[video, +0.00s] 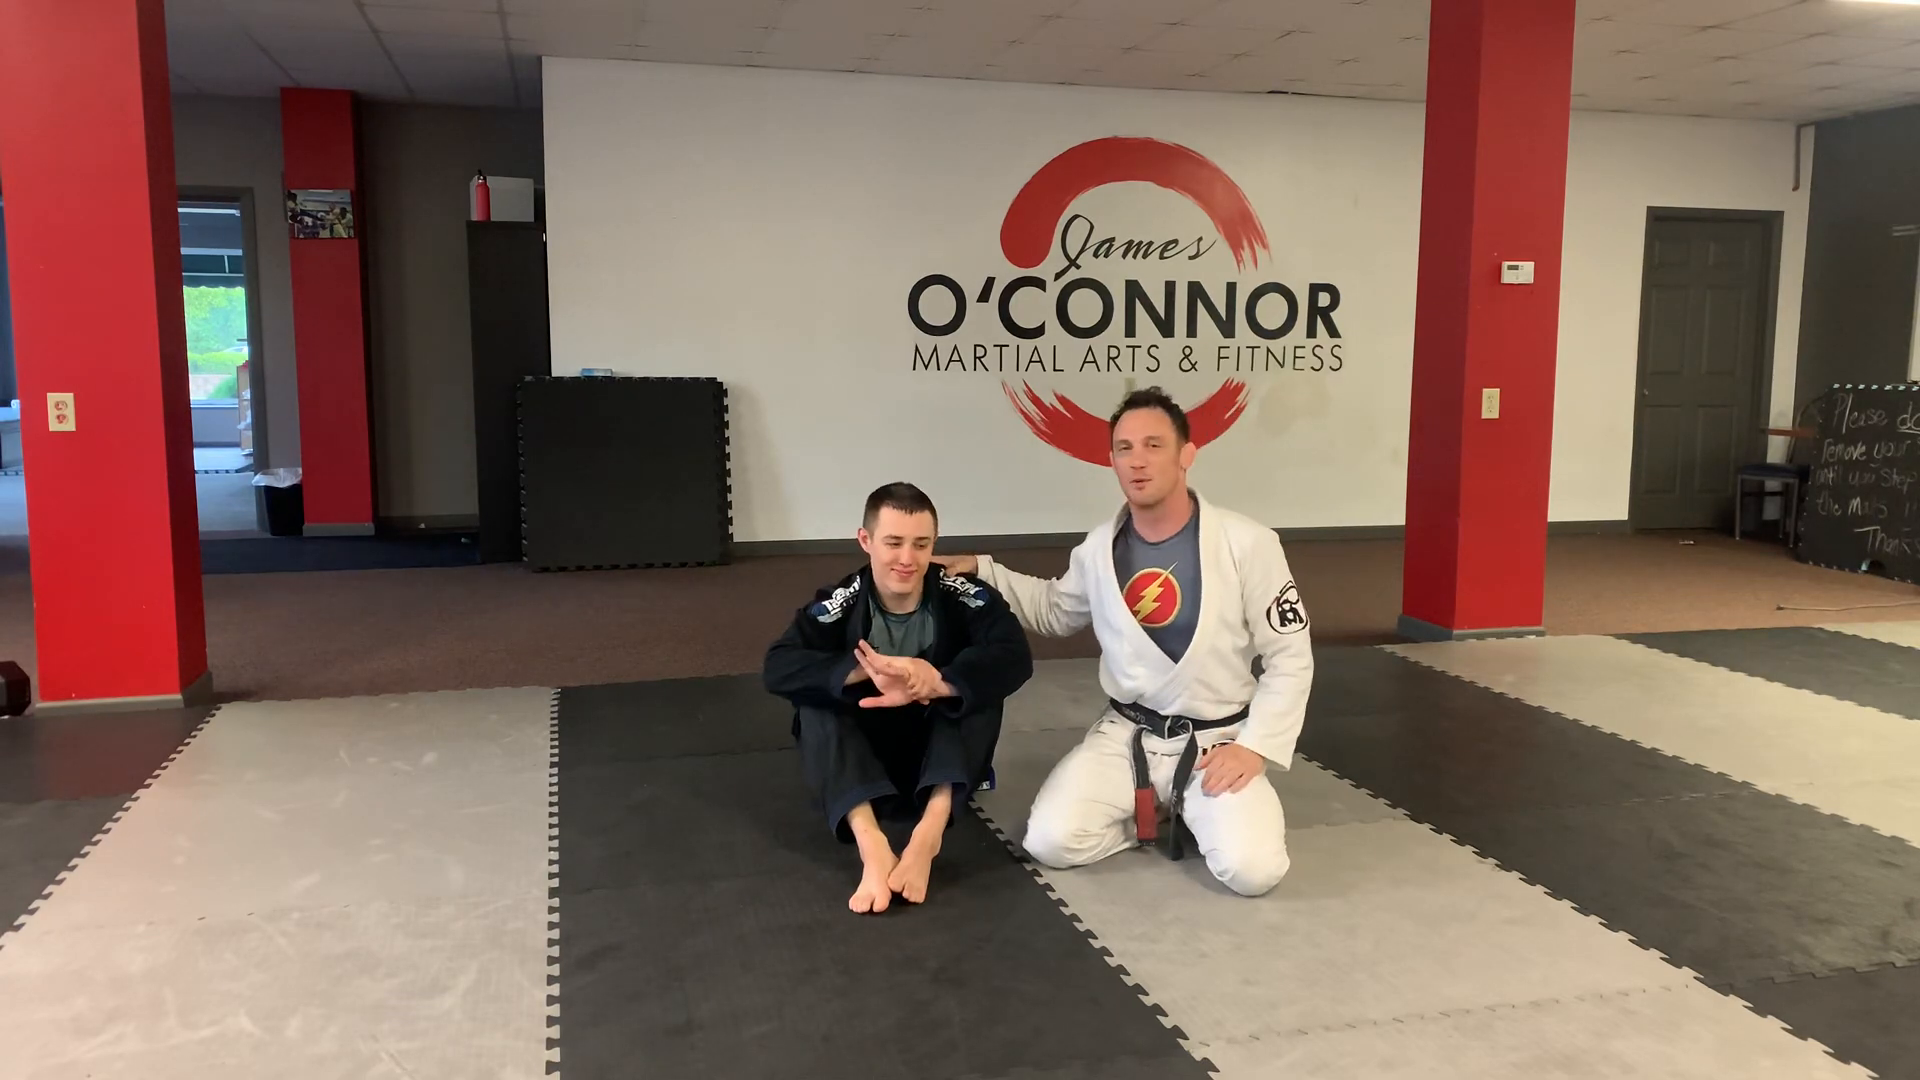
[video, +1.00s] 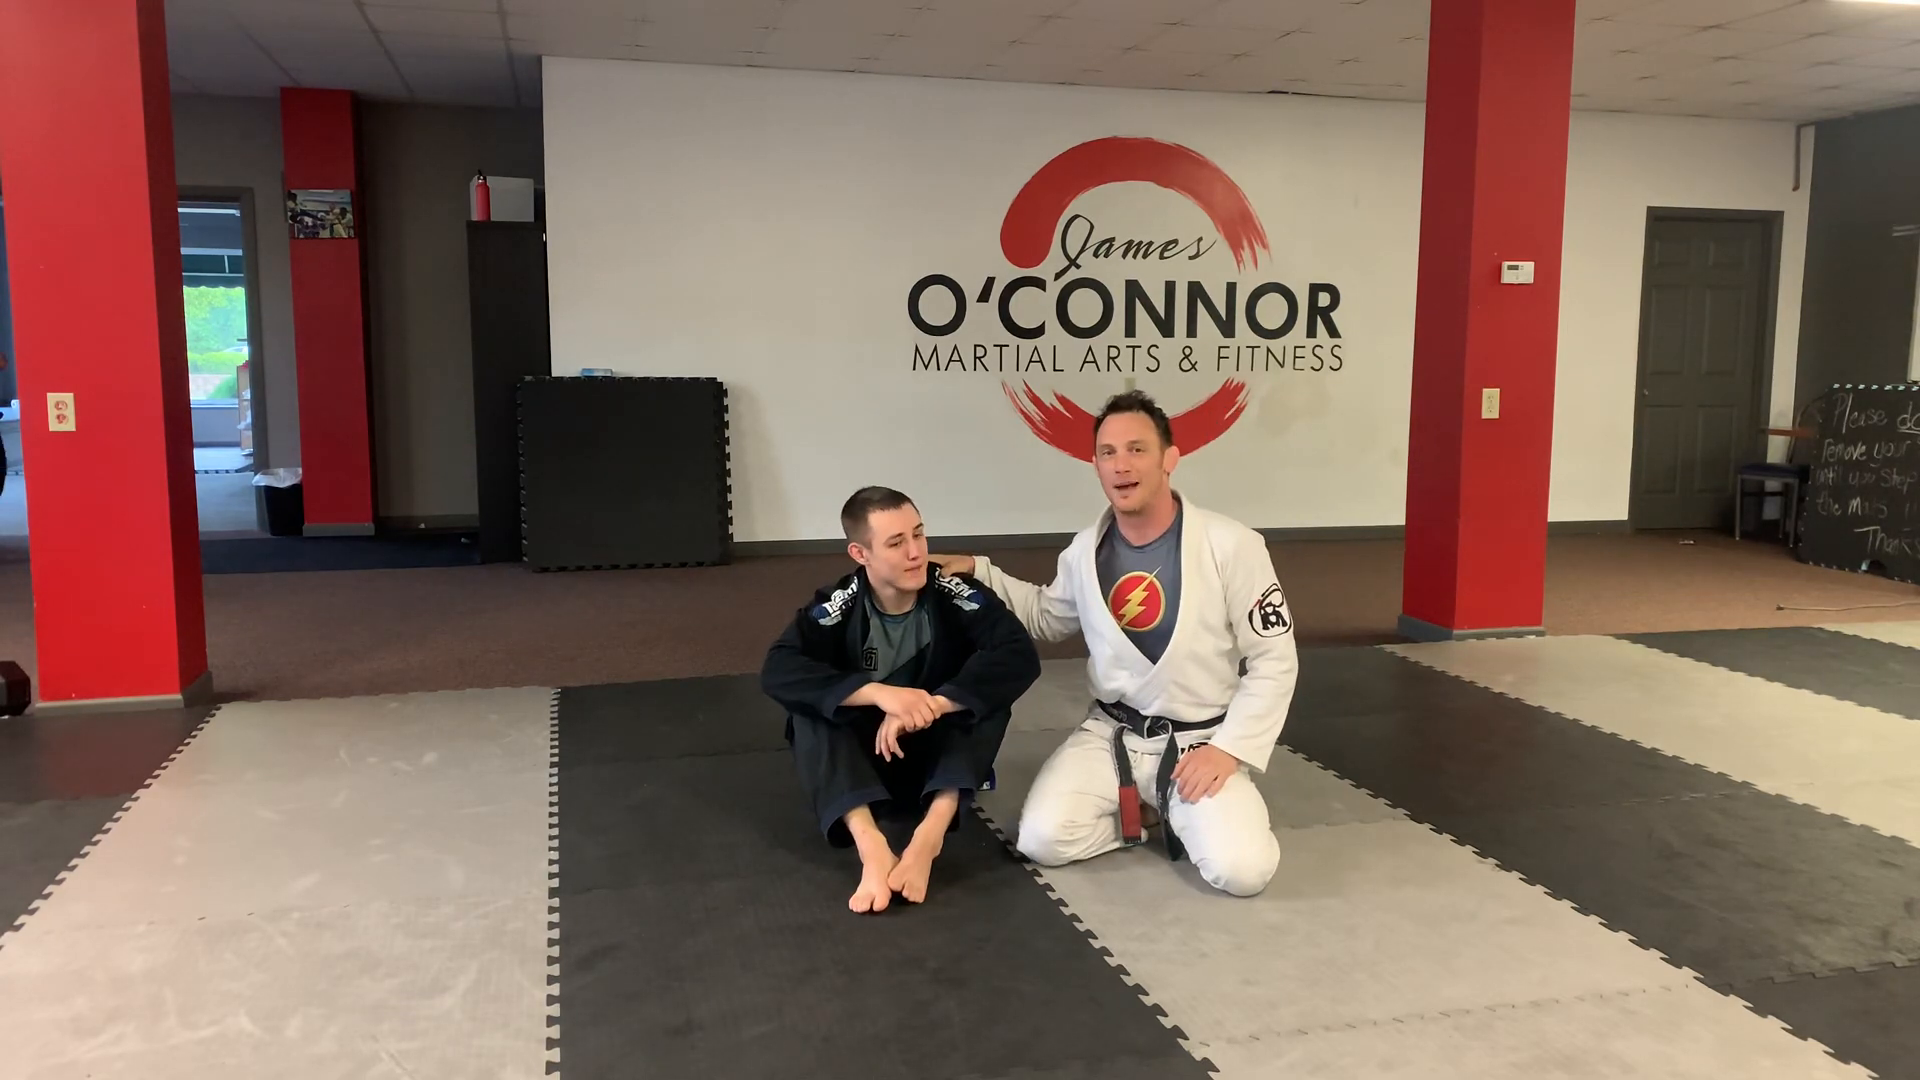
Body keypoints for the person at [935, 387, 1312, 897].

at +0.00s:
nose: (1137, 462)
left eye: (1153, 446)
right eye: (1124, 448)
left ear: (1186, 456)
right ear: (1111, 461)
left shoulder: (1248, 545)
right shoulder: (1097, 551)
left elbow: (1289, 656)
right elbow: (1055, 612)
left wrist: (1257, 746)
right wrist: (983, 569)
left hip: (1219, 738)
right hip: (1125, 732)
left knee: (1254, 871)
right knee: (1051, 842)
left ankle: (1200, 798)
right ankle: (1158, 811)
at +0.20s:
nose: (1129, 463)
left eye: (1146, 446)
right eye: (1116, 449)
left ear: (1178, 457)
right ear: (1104, 463)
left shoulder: (1242, 544)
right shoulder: (1091, 553)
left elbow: (1285, 657)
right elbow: (1052, 613)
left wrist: (1249, 748)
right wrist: (982, 568)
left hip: (1215, 739)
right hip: (1122, 734)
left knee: (1251, 871)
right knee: (1050, 842)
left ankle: (1199, 800)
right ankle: (1162, 810)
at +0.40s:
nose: (1123, 463)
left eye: (1140, 448)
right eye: (1111, 450)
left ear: (1174, 458)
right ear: (1099, 462)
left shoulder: (1237, 546)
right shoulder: (1088, 553)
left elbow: (1280, 658)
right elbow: (1049, 614)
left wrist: (1235, 749)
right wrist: (979, 568)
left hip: (1209, 740)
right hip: (1115, 732)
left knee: (1247, 872)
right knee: (1046, 841)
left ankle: (1186, 805)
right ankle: (1153, 810)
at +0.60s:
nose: (1121, 464)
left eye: (1138, 448)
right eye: (1109, 451)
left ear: (1171, 459)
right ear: (1097, 463)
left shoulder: (1233, 546)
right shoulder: (1085, 554)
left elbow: (1276, 659)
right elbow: (1047, 615)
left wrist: (1229, 750)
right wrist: (977, 569)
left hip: (1205, 739)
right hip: (1111, 732)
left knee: (1245, 872)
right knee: (1044, 840)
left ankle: (1184, 803)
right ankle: (1152, 811)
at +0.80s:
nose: (1119, 465)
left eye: (1136, 449)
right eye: (1107, 452)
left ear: (1169, 460)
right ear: (1095, 465)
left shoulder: (1232, 546)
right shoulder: (1083, 555)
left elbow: (1274, 659)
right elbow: (1047, 617)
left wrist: (1227, 750)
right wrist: (977, 570)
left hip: (1204, 739)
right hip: (1110, 733)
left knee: (1244, 871)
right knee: (1043, 839)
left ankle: (1184, 803)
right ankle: (1153, 810)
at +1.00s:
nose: (1120, 465)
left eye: (1137, 450)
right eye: (1107, 452)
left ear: (1170, 460)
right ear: (1095, 465)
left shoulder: (1232, 547)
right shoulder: (1083, 555)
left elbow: (1274, 659)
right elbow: (1047, 617)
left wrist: (1226, 750)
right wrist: (978, 569)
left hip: (1204, 739)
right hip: (1110, 732)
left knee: (1244, 872)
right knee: (1043, 839)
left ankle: (1184, 804)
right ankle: (1152, 811)